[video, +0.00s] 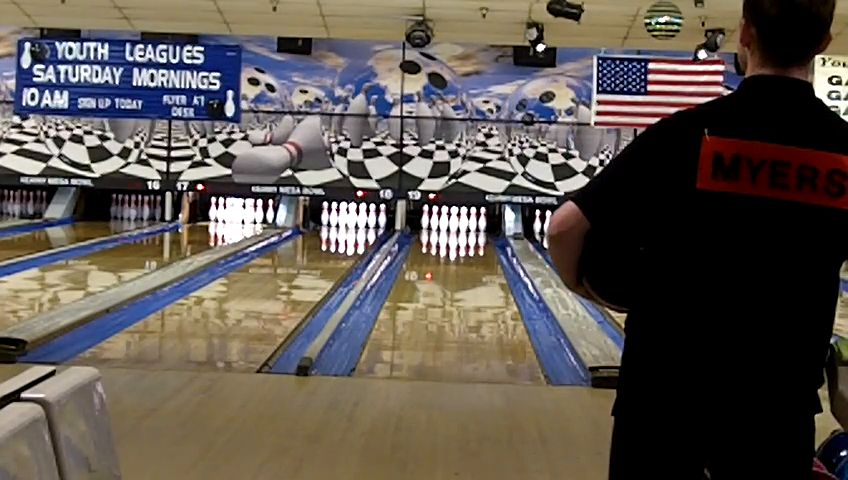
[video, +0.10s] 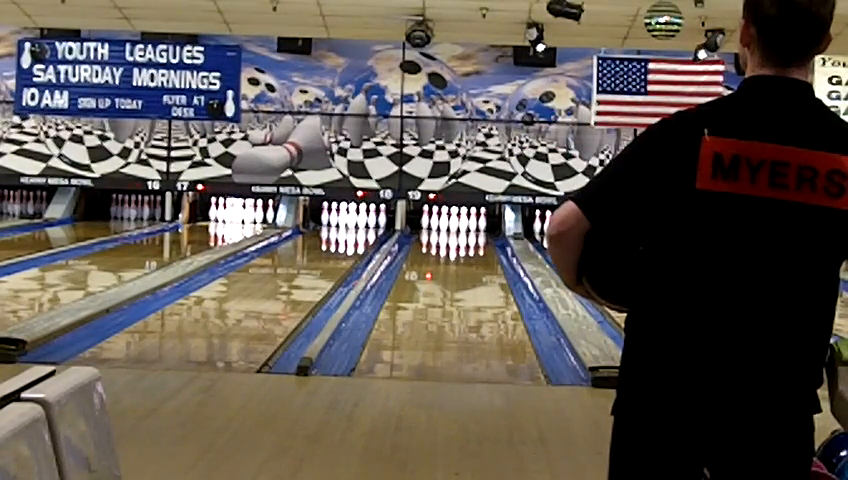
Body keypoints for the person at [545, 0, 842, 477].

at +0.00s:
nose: (738, 37)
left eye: (738, 27)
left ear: (745, 35)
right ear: (826, 42)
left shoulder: (682, 132)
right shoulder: (844, 149)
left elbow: (564, 229)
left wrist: (590, 286)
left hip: (667, 388)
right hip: (785, 395)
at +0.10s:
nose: (738, 36)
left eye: (738, 25)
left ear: (745, 34)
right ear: (826, 42)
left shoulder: (681, 133)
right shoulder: (843, 150)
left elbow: (564, 229)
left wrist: (596, 288)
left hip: (666, 391)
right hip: (784, 398)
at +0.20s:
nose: (739, 36)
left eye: (738, 26)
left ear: (745, 35)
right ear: (826, 43)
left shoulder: (681, 133)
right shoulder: (842, 151)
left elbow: (564, 229)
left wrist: (599, 289)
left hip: (666, 392)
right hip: (784, 400)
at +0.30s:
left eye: (739, 26)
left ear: (745, 35)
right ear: (826, 44)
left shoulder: (681, 133)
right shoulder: (843, 151)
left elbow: (563, 229)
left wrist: (601, 289)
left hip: (666, 394)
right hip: (784, 401)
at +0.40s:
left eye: (739, 26)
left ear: (745, 35)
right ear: (826, 43)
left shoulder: (680, 133)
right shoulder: (843, 151)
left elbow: (563, 229)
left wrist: (602, 289)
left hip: (665, 397)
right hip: (783, 404)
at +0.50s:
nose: (739, 36)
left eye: (739, 26)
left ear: (745, 35)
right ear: (826, 44)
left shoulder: (680, 133)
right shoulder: (843, 152)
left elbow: (564, 230)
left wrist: (605, 289)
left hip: (664, 398)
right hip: (783, 405)